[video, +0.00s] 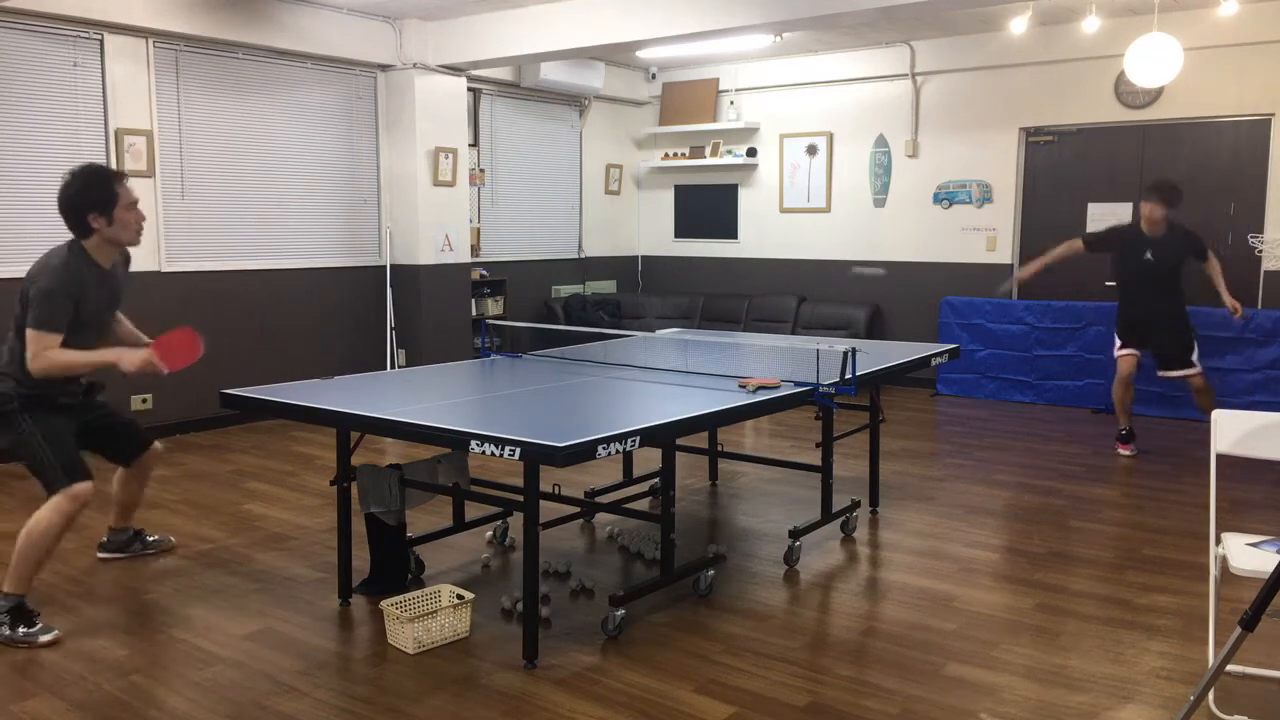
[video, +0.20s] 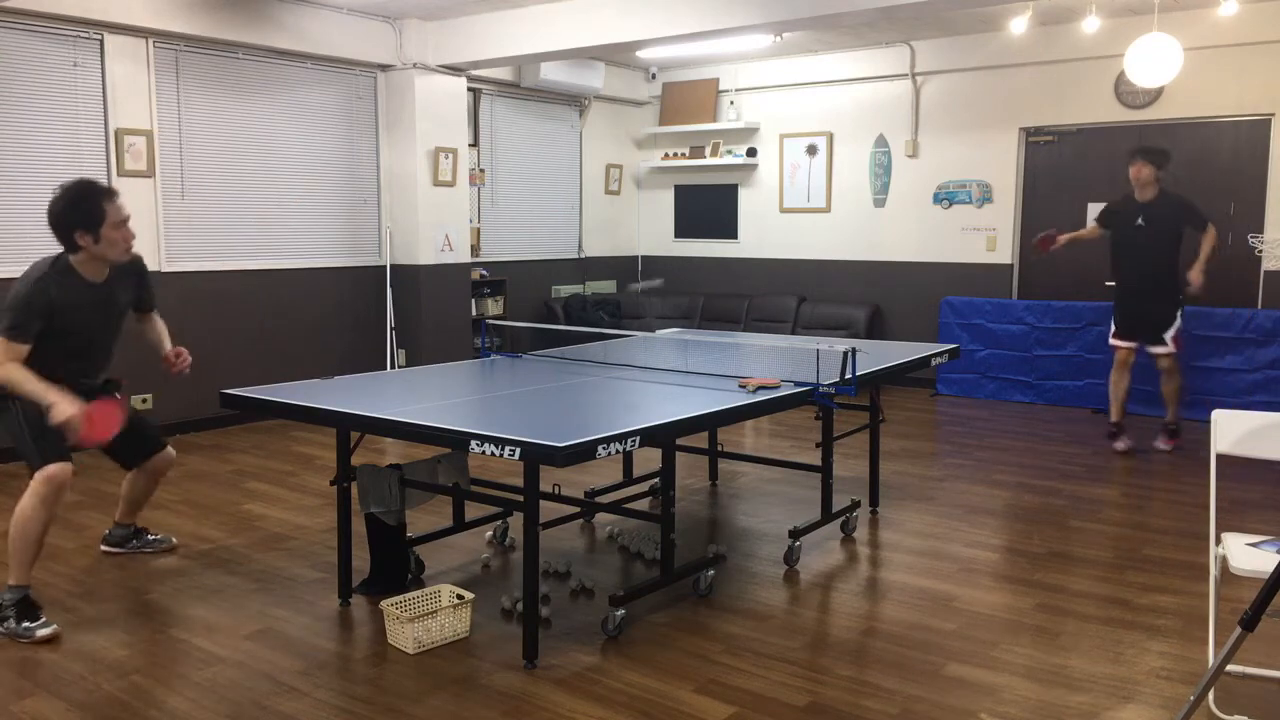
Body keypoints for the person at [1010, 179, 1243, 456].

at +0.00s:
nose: (1150, 210)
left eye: (1157, 205)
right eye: (1147, 203)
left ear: (1168, 210)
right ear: (1140, 205)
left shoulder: (1182, 238)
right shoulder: (1123, 236)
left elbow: (1210, 260)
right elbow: (1077, 245)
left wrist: (1225, 295)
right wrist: (1037, 265)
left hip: (1171, 321)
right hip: (1132, 321)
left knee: (1197, 382)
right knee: (1125, 372)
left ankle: (1217, 423)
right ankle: (1125, 431)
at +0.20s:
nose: (1136, 171)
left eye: (1143, 166)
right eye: (1133, 165)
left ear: (1157, 172)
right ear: (1129, 171)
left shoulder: (1175, 206)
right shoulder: (1119, 207)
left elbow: (1209, 231)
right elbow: (1096, 230)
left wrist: (1199, 267)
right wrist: (1068, 237)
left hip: (1164, 296)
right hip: (1128, 296)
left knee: (1167, 363)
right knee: (1122, 358)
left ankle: (1171, 425)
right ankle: (1115, 426)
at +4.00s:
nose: (1061, 205)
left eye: (1068, 200)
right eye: (1058, 199)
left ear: (1080, 204)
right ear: (1054, 203)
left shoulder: (1094, 229)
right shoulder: (1045, 230)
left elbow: (1112, 258)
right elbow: (1035, 257)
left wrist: (1086, 275)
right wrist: (1044, 271)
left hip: (1085, 300)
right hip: (1052, 299)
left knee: (1105, 352)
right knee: (1023, 345)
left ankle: (1125, 404)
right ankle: (1013, 396)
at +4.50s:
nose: (1055, 230)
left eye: (1055, 224)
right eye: (1051, 227)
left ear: (1065, 215)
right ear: (1053, 224)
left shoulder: (1093, 230)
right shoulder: (1071, 240)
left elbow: (1129, 247)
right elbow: (1082, 269)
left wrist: (1106, 277)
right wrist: (1059, 271)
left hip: (1111, 303)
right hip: (1088, 302)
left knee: (1099, 360)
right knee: (1061, 346)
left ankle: (1122, 405)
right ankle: (1025, 392)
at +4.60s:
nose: (1049, 231)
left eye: (1049, 225)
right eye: (1045, 228)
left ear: (1062, 215)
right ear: (1059, 218)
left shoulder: (1084, 228)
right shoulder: (1076, 237)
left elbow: (1120, 236)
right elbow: (1096, 278)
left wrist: (1118, 274)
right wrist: (1094, 312)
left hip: (1123, 292)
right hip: (1106, 296)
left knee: (1114, 348)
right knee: (1098, 346)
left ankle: (1130, 404)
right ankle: (1079, 398)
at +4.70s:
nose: (1046, 224)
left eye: (1049, 218)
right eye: (1043, 221)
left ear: (1065, 214)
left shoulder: (1080, 230)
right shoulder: (1077, 240)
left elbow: (1116, 230)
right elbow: (1109, 275)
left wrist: (1131, 261)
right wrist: (1102, 313)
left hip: (1140, 284)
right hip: (1129, 287)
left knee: (1136, 345)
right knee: (1131, 344)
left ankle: (1148, 408)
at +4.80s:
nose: (1053, 221)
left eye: (1057, 214)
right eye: (1051, 217)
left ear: (1074, 213)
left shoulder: (1084, 230)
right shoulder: (1082, 238)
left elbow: (1113, 236)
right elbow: (1117, 270)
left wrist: (1138, 262)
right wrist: (1103, 301)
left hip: (1139, 289)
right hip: (1134, 290)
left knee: (1138, 347)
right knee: (1139, 347)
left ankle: (1147, 409)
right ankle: (1140, 403)